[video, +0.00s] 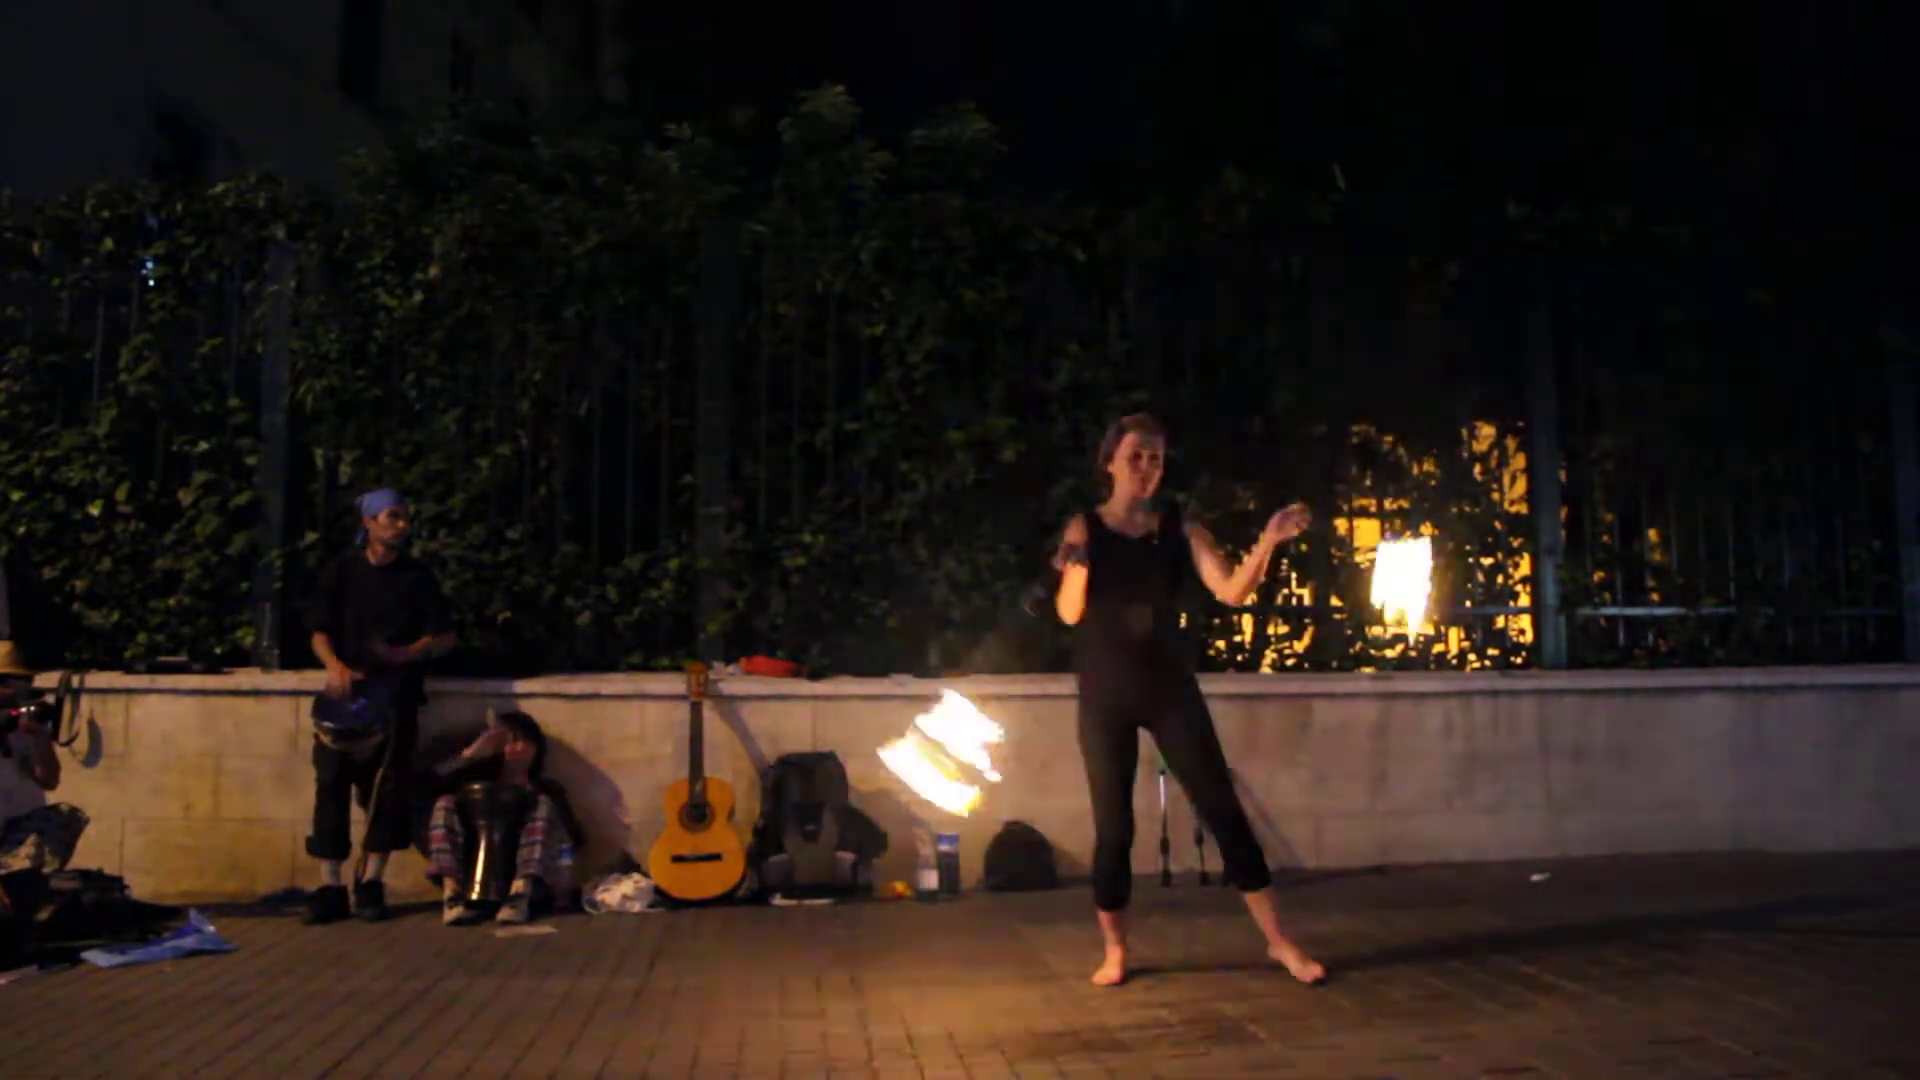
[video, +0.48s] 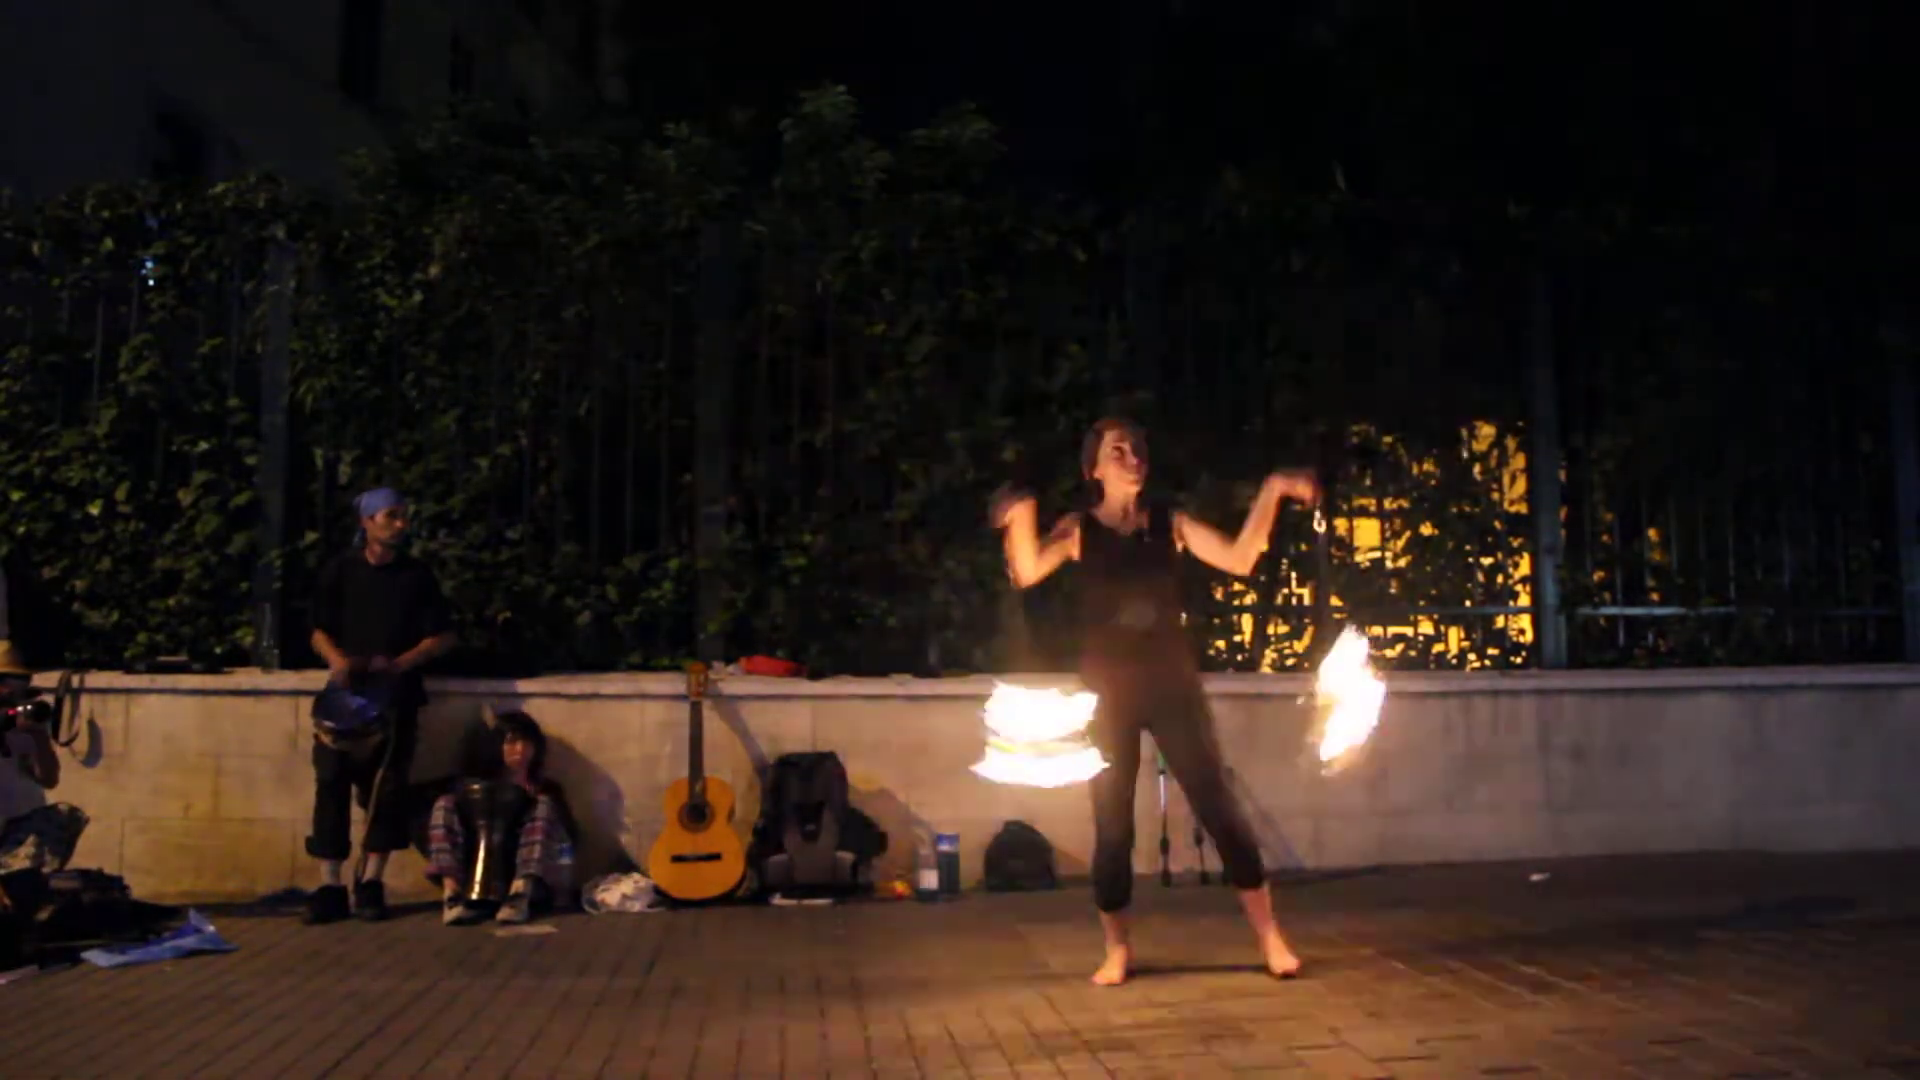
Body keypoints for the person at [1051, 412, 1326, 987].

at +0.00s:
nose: (1147, 469)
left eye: (1155, 459)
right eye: (1136, 458)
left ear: (1164, 467)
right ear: (1110, 462)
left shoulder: (1180, 530)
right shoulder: (1085, 529)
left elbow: (1229, 590)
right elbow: (1069, 613)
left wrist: (1268, 541)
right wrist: (1078, 559)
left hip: (1171, 689)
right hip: (1105, 693)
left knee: (1223, 811)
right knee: (1113, 827)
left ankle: (1278, 941)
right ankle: (1114, 949)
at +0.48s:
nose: (1129, 456)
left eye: (1135, 448)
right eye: (1116, 449)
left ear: (1147, 462)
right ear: (1094, 466)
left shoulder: (1171, 523)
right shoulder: (1077, 530)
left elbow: (1239, 559)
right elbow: (1026, 573)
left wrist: (1272, 491)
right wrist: (1021, 518)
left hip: (1174, 688)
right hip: (1109, 693)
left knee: (1218, 808)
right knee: (1111, 825)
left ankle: (1270, 936)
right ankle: (1116, 949)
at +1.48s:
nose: (1268, 424)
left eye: (1274, 415)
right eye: (1255, 417)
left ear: (1287, 425)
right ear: (1234, 436)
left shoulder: (1308, 485)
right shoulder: (1223, 490)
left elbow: (1335, 451)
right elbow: (1260, 468)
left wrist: (1321, 374)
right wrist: (1278, 376)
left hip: (1295, 666)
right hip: (1233, 664)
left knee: (1288, 807)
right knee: (1207, 797)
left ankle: (1264, 942)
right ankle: (1168, 935)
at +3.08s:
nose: (1217, 441)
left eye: (1223, 434)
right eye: (1204, 435)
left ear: (1237, 452)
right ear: (1183, 457)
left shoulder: (1266, 520)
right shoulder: (1177, 524)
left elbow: (1295, 591)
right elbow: (1186, 617)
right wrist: (1235, 674)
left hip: (1251, 673)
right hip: (1188, 674)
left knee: (1261, 807)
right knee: (1147, 803)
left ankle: (1257, 946)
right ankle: (1099, 939)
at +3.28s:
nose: (1191, 429)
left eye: (1199, 422)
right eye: (1180, 423)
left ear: (1214, 439)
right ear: (1161, 443)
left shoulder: (1240, 499)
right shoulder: (1144, 501)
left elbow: (1315, 495)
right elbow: (1070, 513)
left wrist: (1377, 486)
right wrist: (1001, 507)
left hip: (1226, 663)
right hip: (1162, 664)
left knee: (1244, 796)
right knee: (1137, 796)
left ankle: (1265, 936)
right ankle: (1100, 933)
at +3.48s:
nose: (1154, 431)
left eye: (1161, 424)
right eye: (1142, 425)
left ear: (1178, 442)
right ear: (1124, 446)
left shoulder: (1195, 495)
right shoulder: (1118, 499)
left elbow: (1213, 401)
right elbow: (1099, 400)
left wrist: (1220, 324)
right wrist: (1091, 306)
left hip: (1198, 667)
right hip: (1135, 671)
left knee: (1230, 797)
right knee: (1118, 803)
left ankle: (1261, 934)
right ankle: (1095, 937)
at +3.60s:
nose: (1147, 441)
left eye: (1156, 433)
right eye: (1136, 434)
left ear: (1170, 448)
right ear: (1115, 450)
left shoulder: (1175, 500)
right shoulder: (1103, 504)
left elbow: (1172, 418)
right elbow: (1128, 424)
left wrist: (1145, 333)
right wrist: (1175, 346)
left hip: (1182, 673)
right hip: (1118, 677)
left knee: (1221, 803)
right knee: (1113, 811)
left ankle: (1255, 934)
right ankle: (1099, 943)